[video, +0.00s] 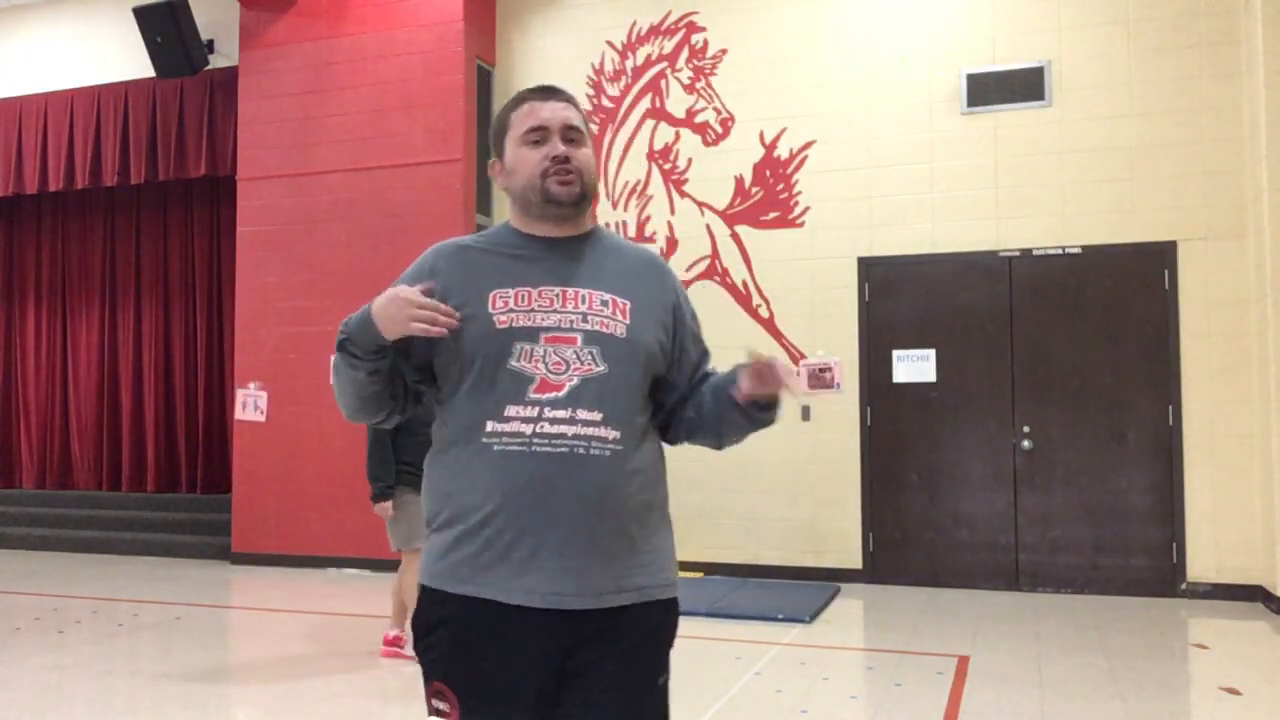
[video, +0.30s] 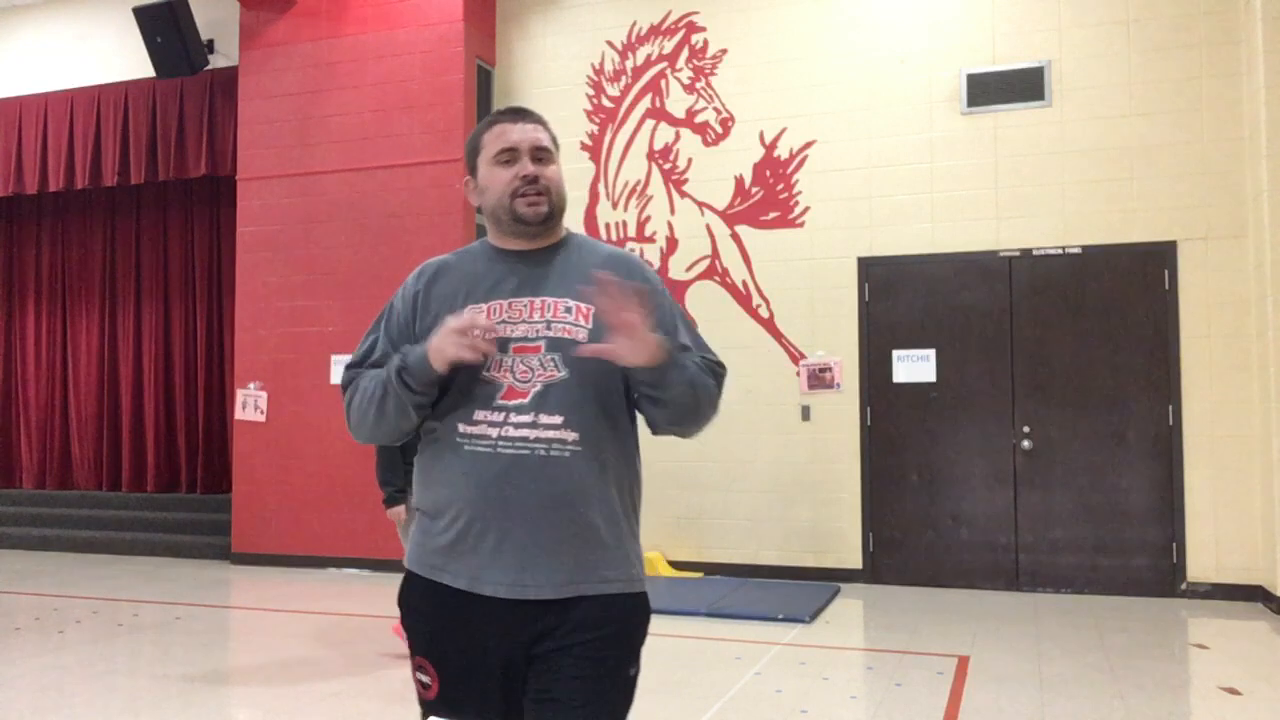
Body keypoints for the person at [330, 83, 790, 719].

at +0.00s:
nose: (560, 149)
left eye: (574, 136)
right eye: (536, 138)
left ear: (596, 160)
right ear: (499, 169)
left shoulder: (649, 276)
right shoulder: (449, 269)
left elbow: (680, 407)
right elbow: (367, 406)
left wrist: (739, 393)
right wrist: (370, 331)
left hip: (625, 600)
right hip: (480, 598)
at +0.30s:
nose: (530, 170)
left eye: (543, 156)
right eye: (507, 158)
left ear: (562, 174)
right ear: (473, 189)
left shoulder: (623, 279)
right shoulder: (432, 283)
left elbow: (693, 411)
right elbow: (364, 414)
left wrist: (652, 359)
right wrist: (428, 360)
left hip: (592, 590)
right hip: (456, 590)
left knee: (581, 710)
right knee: (464, 710)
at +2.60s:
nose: (546, 152)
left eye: (569, 140)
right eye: (532, 138)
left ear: (603, 168)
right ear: (510, 158)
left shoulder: (654, 273)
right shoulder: (454, 266)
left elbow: (733, 378)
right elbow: (381, 401)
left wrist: (744, 436)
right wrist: (398, 339)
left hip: (622, 593)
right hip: (482, 593)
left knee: (616, 710)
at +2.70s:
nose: (554, 145)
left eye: (577, 133)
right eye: (539, 132)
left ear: (614, 162)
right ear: (517, 156)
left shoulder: (664, 274)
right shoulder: (458, 259)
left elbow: (728, 398)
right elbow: (403, 384)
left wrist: (750, 449)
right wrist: (357, 373)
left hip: (625, 599)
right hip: (482, 596)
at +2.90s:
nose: (578, 141)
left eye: (601, 128)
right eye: (561, 126)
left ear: (634, 161)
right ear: (534, 151)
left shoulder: (679, 272)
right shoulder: (468, 253)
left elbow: (723, 411)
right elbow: (392, 360)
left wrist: (747, 417)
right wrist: (388, 407)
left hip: (640, 600)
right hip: (493, 595)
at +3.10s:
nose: (592, 145)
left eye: (612, 134)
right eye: (572, 130)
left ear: (637, 168)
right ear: (537, 158)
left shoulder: (682, 277)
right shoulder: (469, 258)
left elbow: (736, 420)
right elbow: (383, 380)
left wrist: (762, 394)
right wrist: (480, 392)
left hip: (650, 608)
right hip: (499, 607)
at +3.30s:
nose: (593, 143)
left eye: (610, 133)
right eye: (572, 128)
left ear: (627, 164)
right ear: (527, 153)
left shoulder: (670, 268)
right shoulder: (460, 254)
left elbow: (739, 403)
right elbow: (367, 380)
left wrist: (676, 365)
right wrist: (450, 343)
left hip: (650, 598)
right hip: (504, 599)